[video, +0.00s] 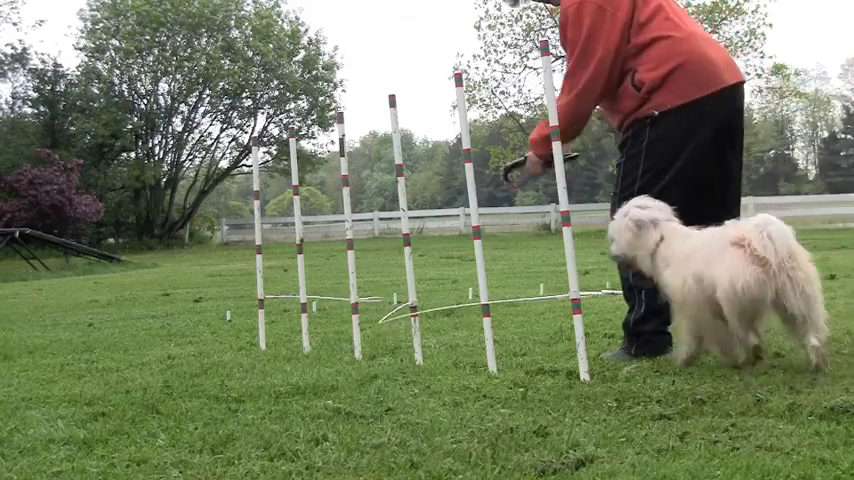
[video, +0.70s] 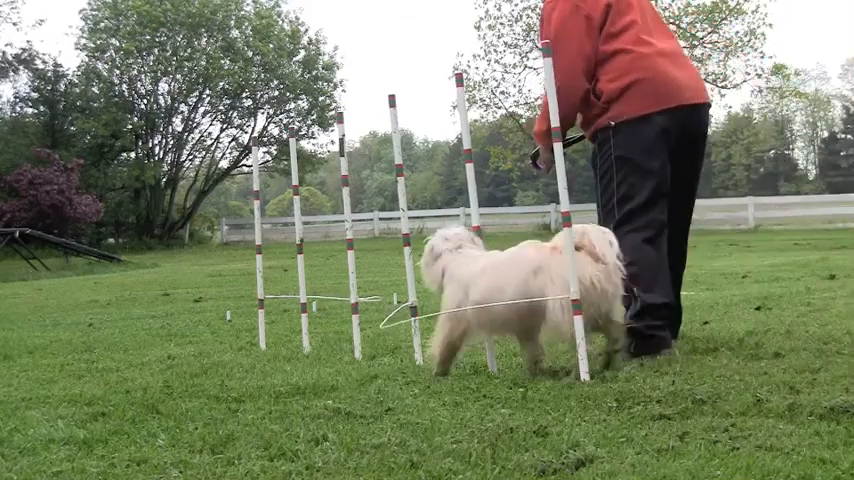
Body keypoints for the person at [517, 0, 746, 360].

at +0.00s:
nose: (551, 8)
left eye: (554, 7)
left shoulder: (586, 5)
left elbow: (587, 79)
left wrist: (541, 148)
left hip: (669, 93)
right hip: (721, 80)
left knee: (634, 221)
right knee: (710, 220)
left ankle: (645, 339)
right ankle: (724, 330)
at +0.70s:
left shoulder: (567, 4)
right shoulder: (631, 6)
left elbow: (567, 78)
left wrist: (546, 136)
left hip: (633, 105)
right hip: (690, 99)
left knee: (632, 226)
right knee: (671, 224)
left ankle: (648, 338)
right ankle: (663, 328)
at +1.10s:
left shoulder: (559, 6)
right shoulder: (630, 5)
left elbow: (552, 77)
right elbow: (640, 60)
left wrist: (536, 125)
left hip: (596, 116)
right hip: (660, 108)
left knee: (576, 225)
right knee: (660, 221)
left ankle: (575, 325)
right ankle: (663, 323)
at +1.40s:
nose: (501, 10)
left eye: (500, 3)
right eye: (498, 5)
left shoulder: (517, 29)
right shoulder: (591, 19)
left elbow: (507, 101)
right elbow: (614, 74)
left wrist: (494, 146)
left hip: (547, 146)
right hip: (611, 140)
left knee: (537, 240)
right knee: (609, 234)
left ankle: (539, 329)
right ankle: (635, 294)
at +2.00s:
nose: (483, 29)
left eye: (480, 20)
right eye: (477, 24)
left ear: (492, 6)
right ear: (514, 2)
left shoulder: (503, 37)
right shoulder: (561, 30)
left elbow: (495, 107)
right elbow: (575, 87)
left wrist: (479, 153)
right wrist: (519, 135)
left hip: (540, 145)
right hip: (593, 138)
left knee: (524, 243)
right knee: (571, 239)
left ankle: (542, 330)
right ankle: (578, 322)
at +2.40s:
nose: (479, 38)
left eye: (477, 31)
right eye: (475, 33)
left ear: (488, 16)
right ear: (514, 11)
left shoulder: (494, 45)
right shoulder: (558, 38)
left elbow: (485, 111)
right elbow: (579, 88)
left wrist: (483, 161)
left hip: (532, 146)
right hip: (588, 140)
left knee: (510, 232)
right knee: (576, 233)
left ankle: (526, 314)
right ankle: (578, 318)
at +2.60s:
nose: (459, 47)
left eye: (459, 39)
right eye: (457, 41)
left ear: (471, 28)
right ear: (497, 22)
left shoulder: (472, 56)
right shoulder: (538, 48)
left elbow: (466, 121)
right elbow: (566, 99)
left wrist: (463, 173)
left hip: (514, 154)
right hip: (572, 148)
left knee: (488, 239)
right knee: (565, 238)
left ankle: (465, 319)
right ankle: (576, 318)